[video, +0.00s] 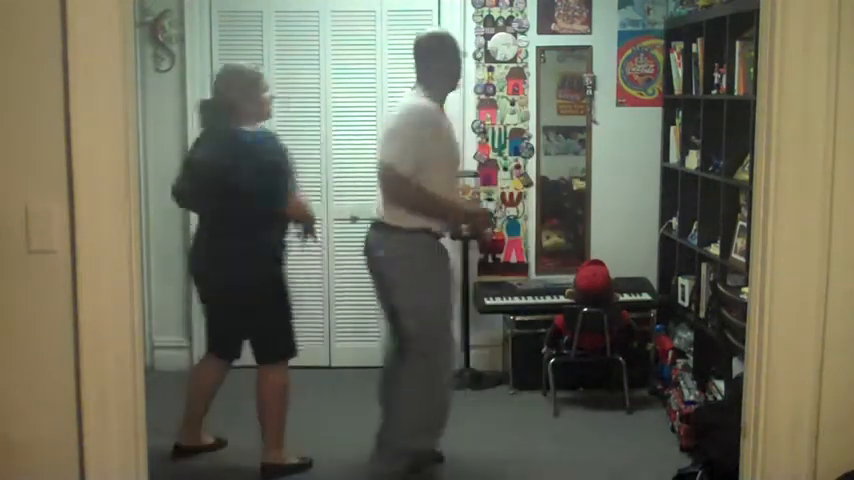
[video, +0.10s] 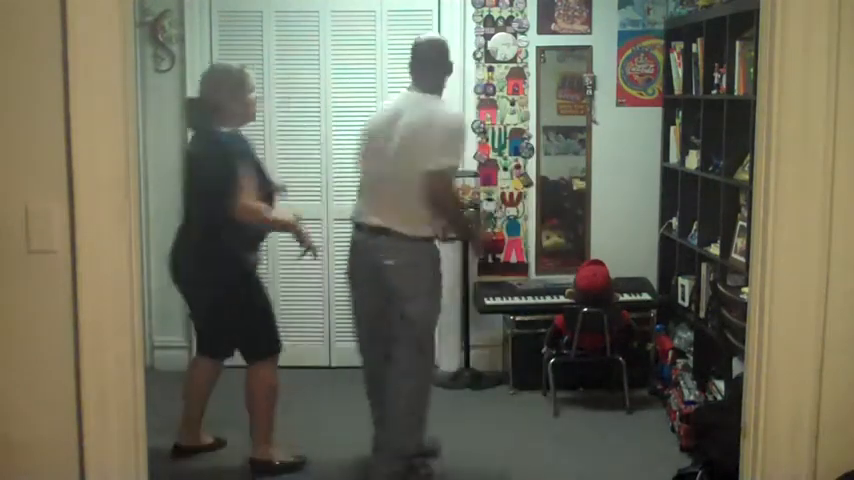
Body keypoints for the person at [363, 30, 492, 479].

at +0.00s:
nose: (462, 68)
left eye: (460, 59)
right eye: (456, 59)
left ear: (427, 63)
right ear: (439, 64)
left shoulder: (432, 117)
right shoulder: (416, 115)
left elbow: (423, 188)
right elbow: (394, 185)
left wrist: (464, 217)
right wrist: (461, 213)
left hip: (415, 244)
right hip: (405, 246)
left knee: (417, 348)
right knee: (426, 349)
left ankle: (401, 449)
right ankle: (409, 453)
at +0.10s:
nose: (447, 76)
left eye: (440, 66)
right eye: (447, 69)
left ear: (410, 68)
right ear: (446, 72)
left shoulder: (383, 113)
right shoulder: (443, 117)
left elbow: (378, 179)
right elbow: (439, 190)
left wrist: (439, 217)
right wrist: (469, 229)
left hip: (365, 245)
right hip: (408, 252)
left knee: (378, 349)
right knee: (412, 353)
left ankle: (393, 439)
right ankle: (397, 457)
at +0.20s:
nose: (400, 77)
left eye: (399, 70)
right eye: (414, 70)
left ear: (396, 73)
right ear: (435, 76)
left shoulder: (365, 117)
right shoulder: (454, 128)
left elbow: (336, 182)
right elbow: (475, 203)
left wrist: (374, 203)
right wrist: (478, 261)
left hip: (355, 252)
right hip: (412, 255)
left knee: (361, 355)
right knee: (407, 360)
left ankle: (370, 448)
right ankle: (397, 460)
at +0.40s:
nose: (353, 78)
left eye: (356, 72)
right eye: (356, 71)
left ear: (365, 75)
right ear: (397, 76)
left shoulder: (346, 122)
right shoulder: (426, 130)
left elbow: (318, 184)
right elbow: (454, 201)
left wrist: (310, 223)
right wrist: (464, 263)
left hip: (353, 261)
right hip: (411, 261)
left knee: (325, 355)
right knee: (401, 365)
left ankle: (322, 451)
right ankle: (396, 459)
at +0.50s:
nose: (335, 78)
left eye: (341, 71)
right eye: (337, 71)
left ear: (359, 74)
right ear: (378, 75)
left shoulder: (347, 121)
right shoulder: (407, 128)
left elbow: (329, 191)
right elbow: (434, 197)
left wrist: (293, 230)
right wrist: (431, 258)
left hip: (349, 264)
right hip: (396, 262)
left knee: (312, 359)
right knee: (382, 365)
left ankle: (318, 459)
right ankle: (396, 458)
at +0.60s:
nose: (321, 83)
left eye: (327, 76)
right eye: (323, 76)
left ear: (347, 78)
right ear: (361, 79)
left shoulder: (354, 124)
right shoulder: (379, 123)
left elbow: (342, 199)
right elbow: (401, 200)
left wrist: (289, 245)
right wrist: (377, 236)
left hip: (349, 263)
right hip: (374, 262)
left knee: (309, 352)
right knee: (339, 352)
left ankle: (316, 455)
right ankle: (402, 429)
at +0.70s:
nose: (308, 84)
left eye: (317, 77)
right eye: (310, 77)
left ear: (343, 81)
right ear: (343, 82)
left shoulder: (361, 123)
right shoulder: (355, 122)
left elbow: (363, 196)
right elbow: (358, 197)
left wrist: (317, 258)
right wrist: (318, 255)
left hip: (356, 263)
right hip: (354, 261)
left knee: (312, 362)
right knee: (325, 358)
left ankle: (317, 458)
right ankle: (380, 424)